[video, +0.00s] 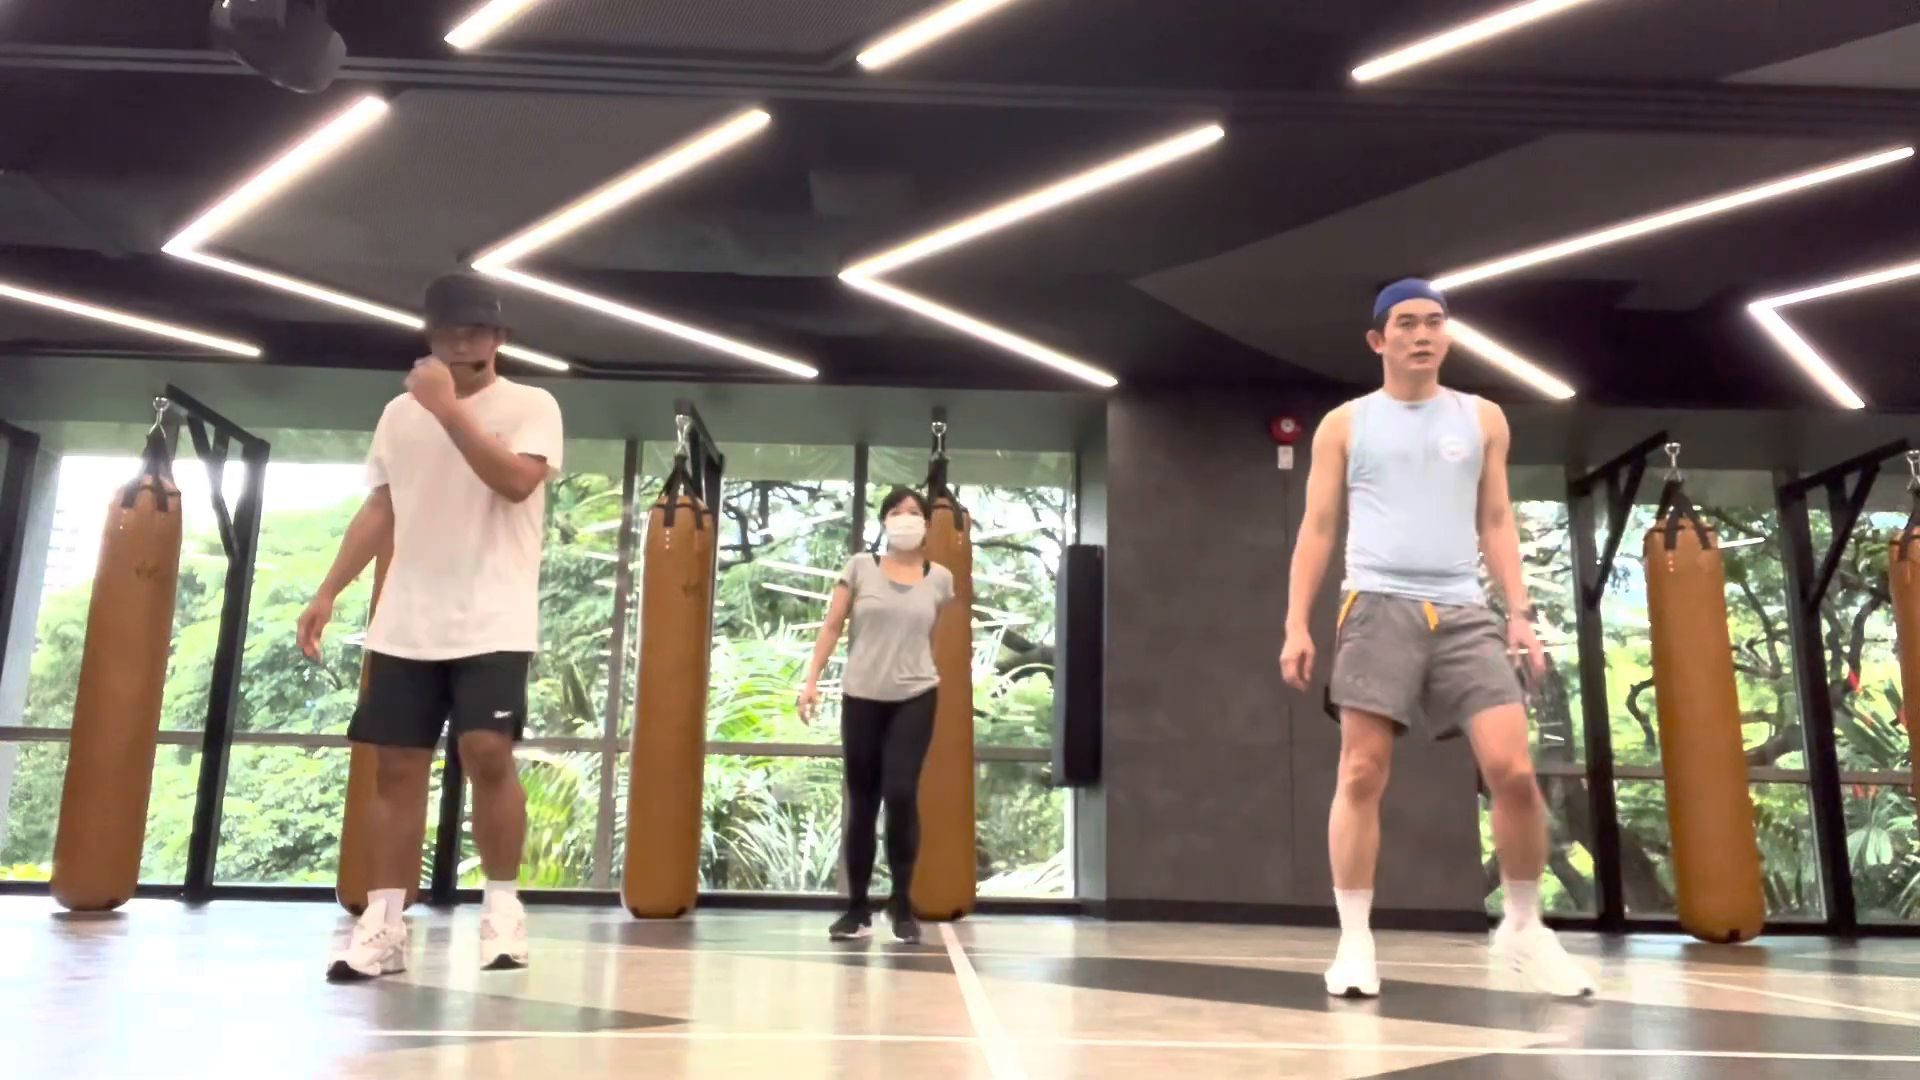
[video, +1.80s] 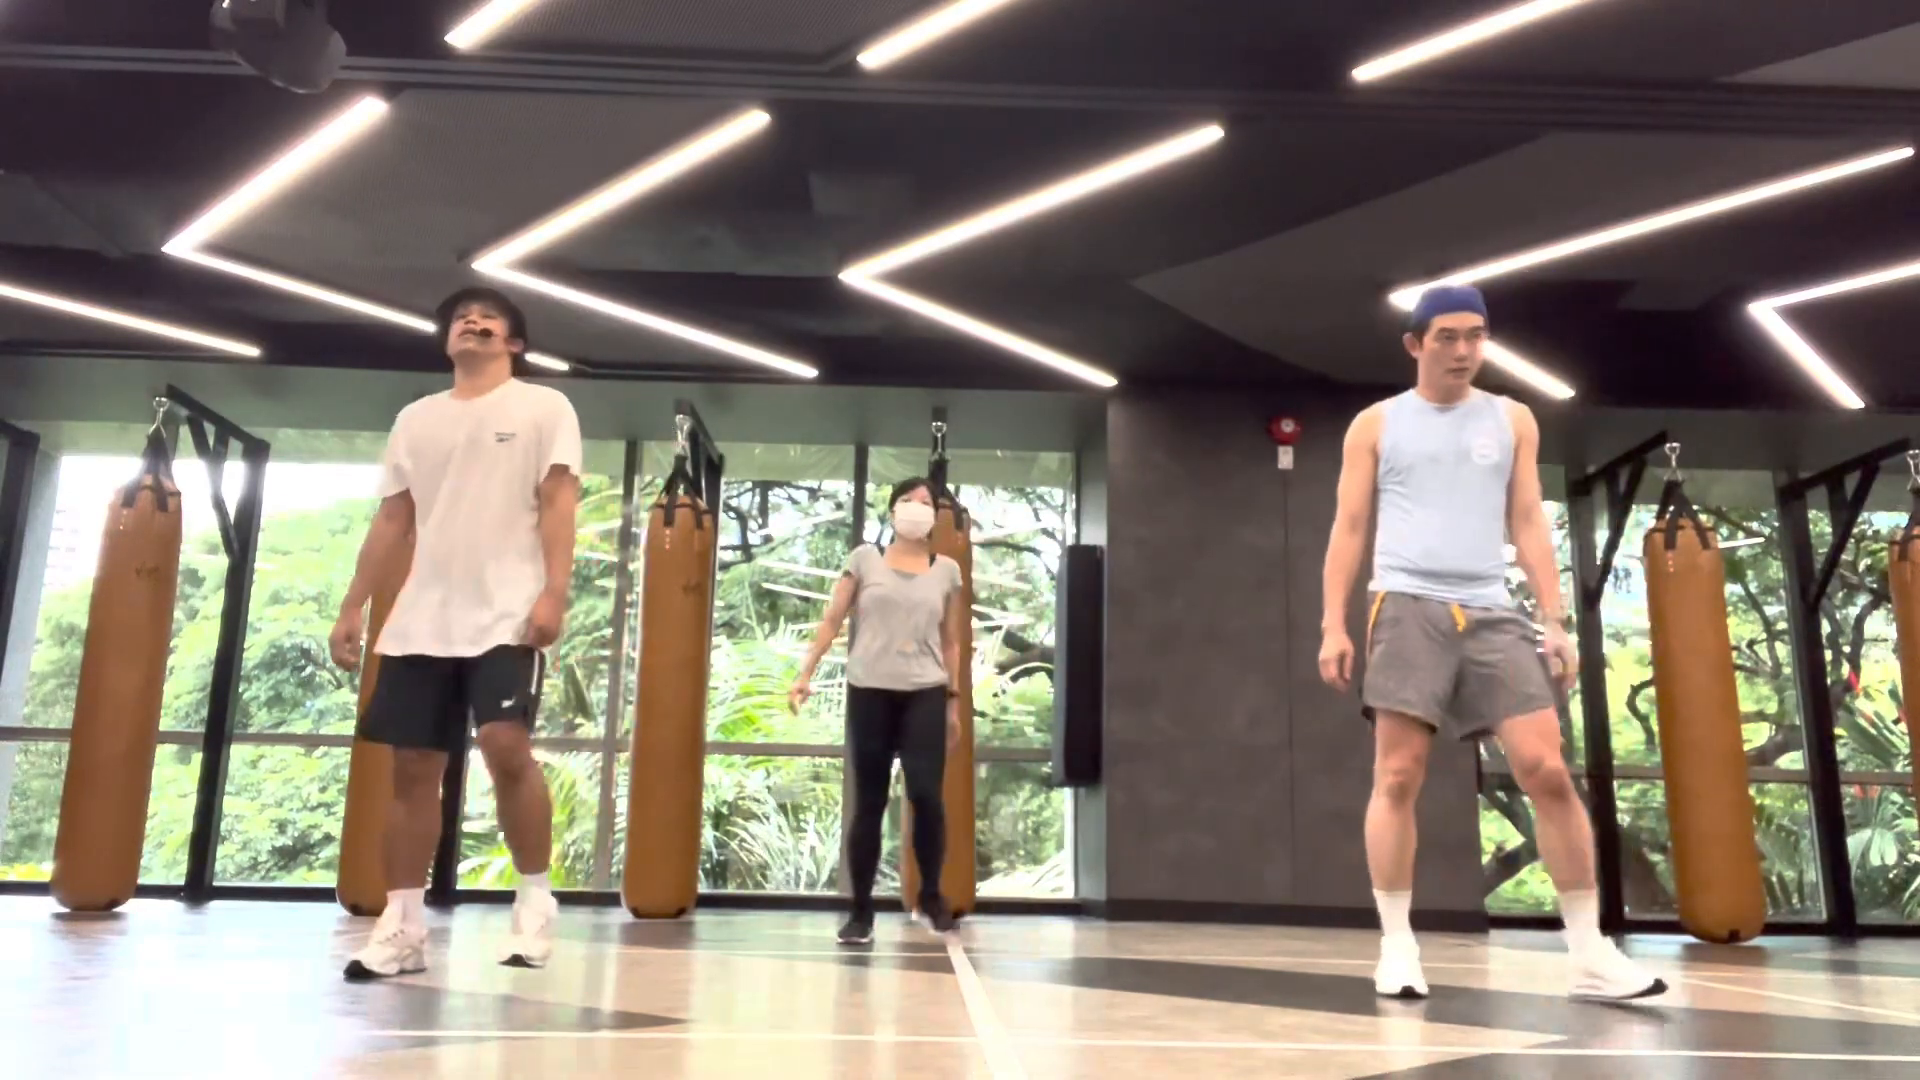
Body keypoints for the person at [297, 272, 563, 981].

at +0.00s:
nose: (472, 347)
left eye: (482, 333)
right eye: (457, 334)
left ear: (500, 335)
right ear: (431, 336)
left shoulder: (532, 406)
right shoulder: (401, 412)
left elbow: (519, 480)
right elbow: (379, 512)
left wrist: (449, 406)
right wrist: (326, 593)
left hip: (494, 621)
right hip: (406, 620)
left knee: (487, 754)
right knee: (397, 766)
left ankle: (501, 911)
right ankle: (385, 924)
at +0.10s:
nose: (461, 344)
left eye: (473, 329)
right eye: (446, 330)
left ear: (494, 334)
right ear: (423, 336)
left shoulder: (528, 406)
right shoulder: (398, 417)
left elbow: (520, 489)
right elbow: (372, 516)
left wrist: (421, 467)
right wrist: (320, 598)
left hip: (490, 626)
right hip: (403, 624)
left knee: (469, 763)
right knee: (397, 768)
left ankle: (456, 927)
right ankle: (385, 925)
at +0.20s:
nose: (459, 345)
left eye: (472, 330)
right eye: (445, 331)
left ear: (492, 335)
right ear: (422, 337)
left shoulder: (526, 407)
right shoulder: (396, 421)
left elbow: (516, 497)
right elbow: (372, 517)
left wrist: (454, 559)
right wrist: (324, 599)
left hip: (491, 630)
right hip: (402, 628)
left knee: (477, 762)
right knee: (397, 767)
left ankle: (464, 925)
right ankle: (384, 926)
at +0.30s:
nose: (463, 346)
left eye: (475, 331)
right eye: (449, 332)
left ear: (496, 337)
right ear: (426, 338)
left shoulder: (527, 410)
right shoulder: (399, 419)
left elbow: (529, 508)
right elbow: (381, 517)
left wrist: (523, 599)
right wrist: (336, 596)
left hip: (493, 630)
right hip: (406, 628)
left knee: (493, 754)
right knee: (399, 767)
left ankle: (497, 906)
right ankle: (386, 923)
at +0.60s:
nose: (520, 350)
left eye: (532, 337)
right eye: (507, 337)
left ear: (553, 344)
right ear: (484, 343)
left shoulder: (590, 422)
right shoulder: (455, 422)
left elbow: (611, 520)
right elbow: (424, 518)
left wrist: (626, 609)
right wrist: (393, 591)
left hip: (542, 635)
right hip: (448, 628)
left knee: (553, 775)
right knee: (422, 772)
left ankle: (579, 929)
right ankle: (386, 929)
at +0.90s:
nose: (584, 325)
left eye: (598, 320)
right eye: (572, 316)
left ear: (618, 343)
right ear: (549, 337)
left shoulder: (643, 423)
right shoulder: (509, 410)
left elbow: (657, 521)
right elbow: (485, 507)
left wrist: (651, 611)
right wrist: (454, 588)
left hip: (590, 624)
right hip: (501, 615)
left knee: (581, 772)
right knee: (462, 746)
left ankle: (579, 927)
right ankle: (468, 904)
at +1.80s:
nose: (474, 324)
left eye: (490, 319)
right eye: (462, 318)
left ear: (516, 345)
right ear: (444, 341)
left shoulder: (544, 407)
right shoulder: (415, 419)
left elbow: (558, 502)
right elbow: (392, 522)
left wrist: (555, 593)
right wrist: (353, 603)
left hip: (507, 616)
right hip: (423, 617)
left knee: (505, 748)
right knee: (413, 770)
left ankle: (534, 908)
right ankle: (404, 929)